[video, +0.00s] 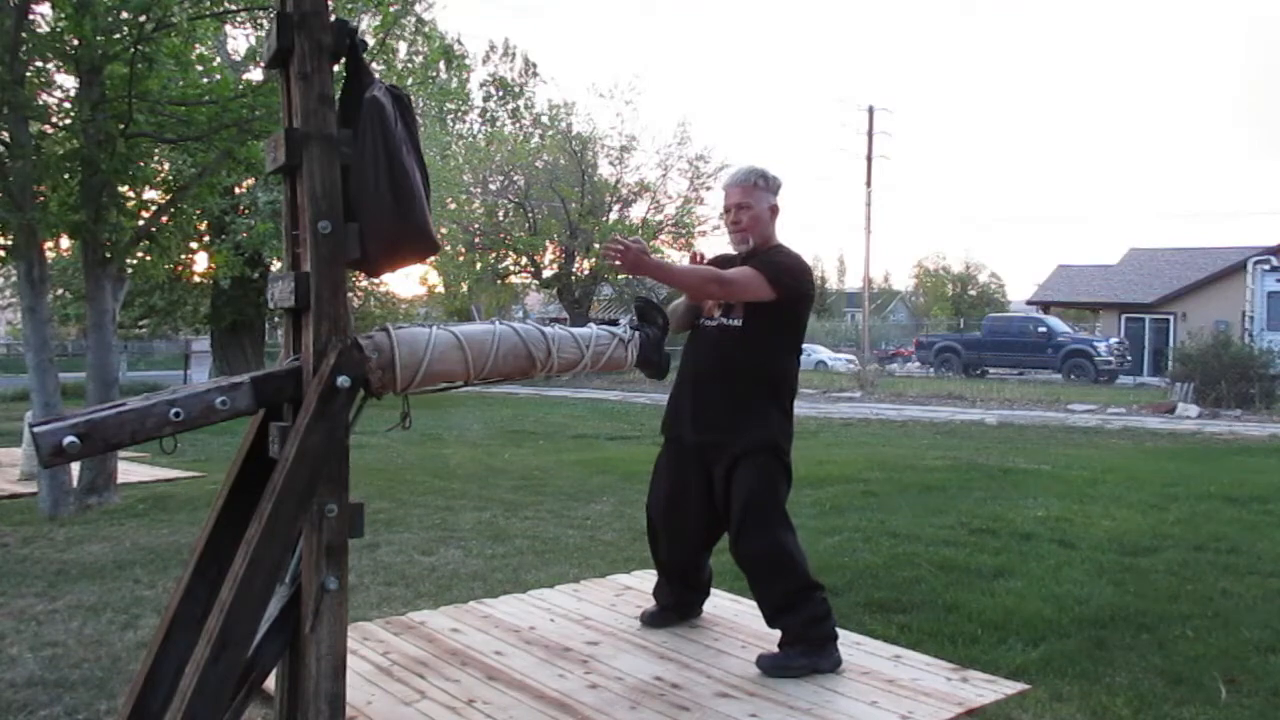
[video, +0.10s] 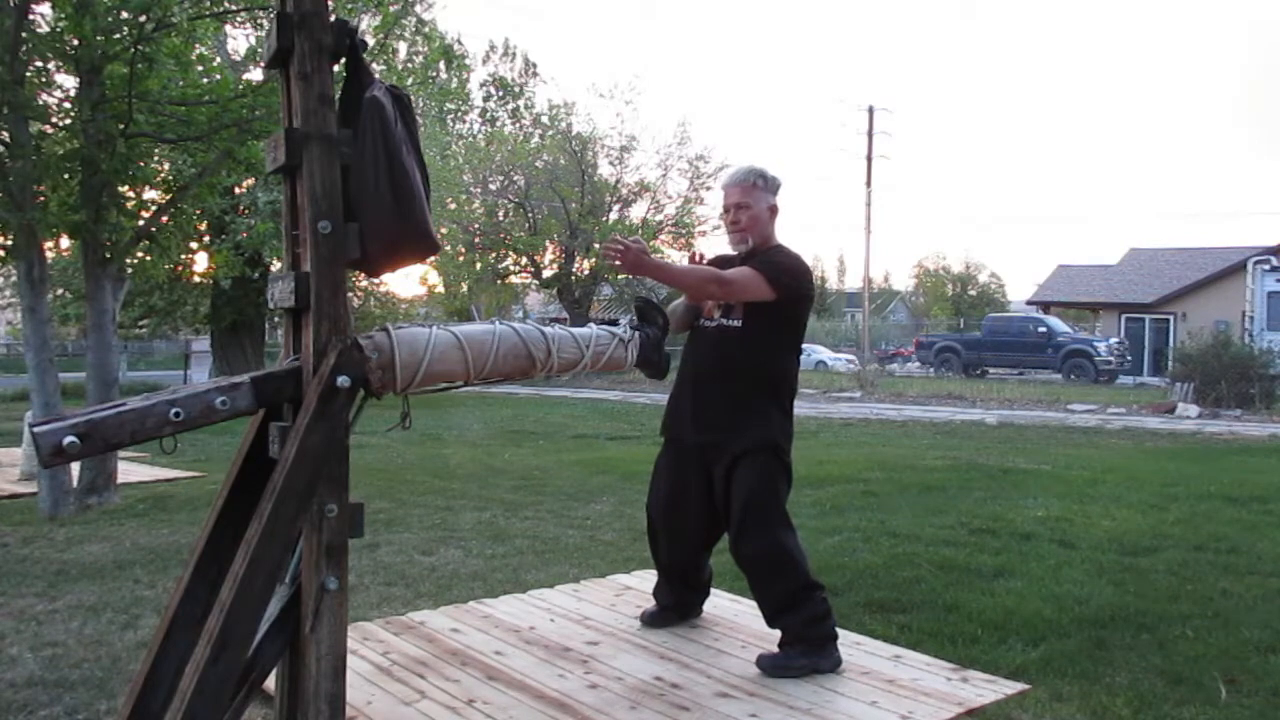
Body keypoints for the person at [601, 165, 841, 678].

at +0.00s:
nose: (735, 219)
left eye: (745, 209)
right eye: (729, 210)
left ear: (773, 210)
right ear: (723, 216)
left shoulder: (788, 270)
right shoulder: (714, 268)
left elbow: (719, 284)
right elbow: (672, 324)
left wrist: (650, 267)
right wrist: (692, 289)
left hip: (754, 431)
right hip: (692, 424)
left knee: (759, 536)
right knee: (672, 515)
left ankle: (813, 642)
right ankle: (680, 599)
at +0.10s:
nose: (734, 218)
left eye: (744, 208)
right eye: (728, 210)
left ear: (772, 210)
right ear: (722, 215)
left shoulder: (787, 269)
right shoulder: (714, 268)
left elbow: (719, 285)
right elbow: (672, 323)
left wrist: (650, 267)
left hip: (754, 430)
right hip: (692, 423)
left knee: (760, 536)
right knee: (671, 514)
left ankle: (813, 642)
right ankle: (680, 599)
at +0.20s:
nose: (733, 219)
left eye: (742, 209)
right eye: (727, 210)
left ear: (770, 210)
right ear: (721, 215)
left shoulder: (787, 269)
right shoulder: (714, 269)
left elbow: (719, 285)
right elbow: (672, 323)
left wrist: (650, 267)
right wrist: (691, 283)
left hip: (753, 430)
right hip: (692, 423)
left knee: (760, 536)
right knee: (671, 514)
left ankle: (813, 642)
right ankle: (680, 599)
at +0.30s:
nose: (729, 221)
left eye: (739, 211)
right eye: (724, 212)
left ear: (769, 211)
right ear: (719, 215)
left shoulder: (788, 269)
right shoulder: (711, 269)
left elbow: (726, 288)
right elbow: (674, 319)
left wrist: (657, 263)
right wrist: (677, 301)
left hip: (753, 430)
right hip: (691, 423)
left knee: (760, 536)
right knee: (671, 514)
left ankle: (813, 642)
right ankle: (680, 599)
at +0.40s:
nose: (726, 222)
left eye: (737, 212)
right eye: (721, 213)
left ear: (767, 212)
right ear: (718, 214)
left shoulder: (787, 270)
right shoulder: (713, 273)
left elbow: (748, 304)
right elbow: (676, 317)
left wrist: (686, 284)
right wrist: (643, 305)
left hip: (754, 429)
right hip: (692, 424)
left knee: (759, 534)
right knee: (671, 513)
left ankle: (813, 641)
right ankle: (680, 598)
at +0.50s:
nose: (723, 222)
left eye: (734, 213)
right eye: (719, 212)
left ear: (766, 212)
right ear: (717, 213)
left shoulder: (790, 270)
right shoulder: (709, 274)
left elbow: (768, 323)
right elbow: (682, 318)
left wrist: (700, 320)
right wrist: (656, 324)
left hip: (757, 428)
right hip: (694, 423)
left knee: (759, 533)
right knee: (670, 512)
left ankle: (813, 642)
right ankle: (680, 598)